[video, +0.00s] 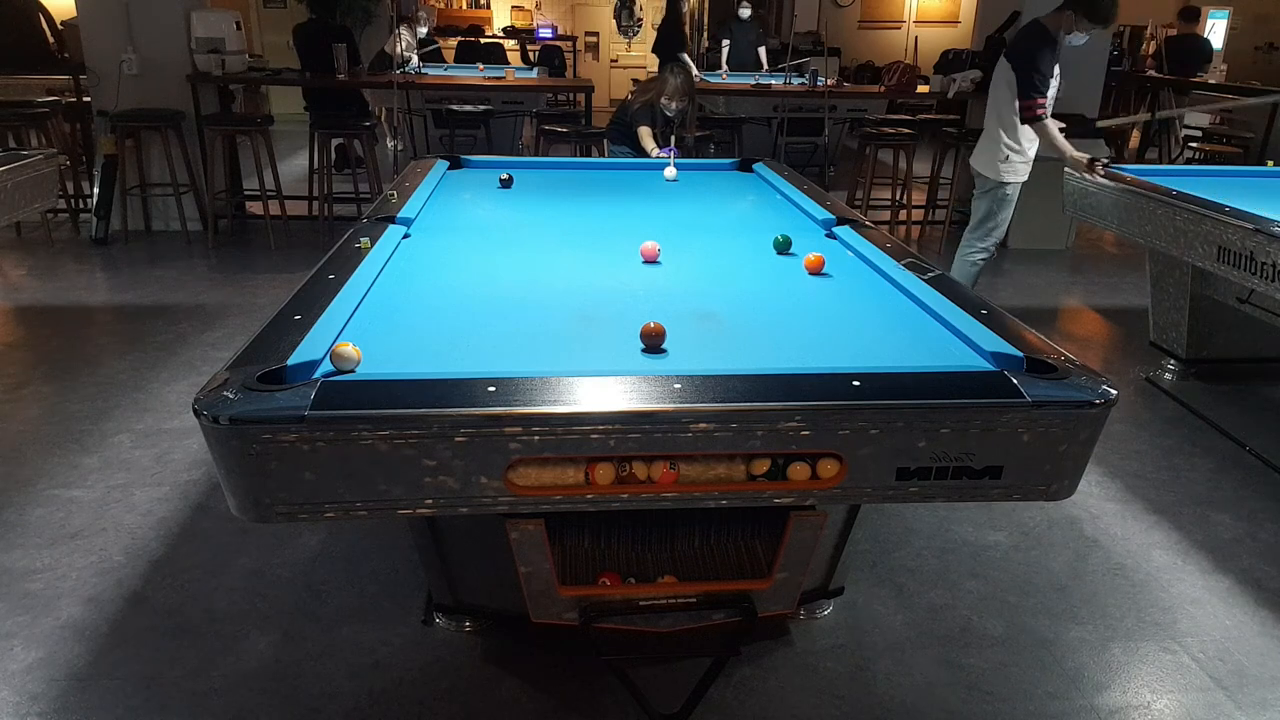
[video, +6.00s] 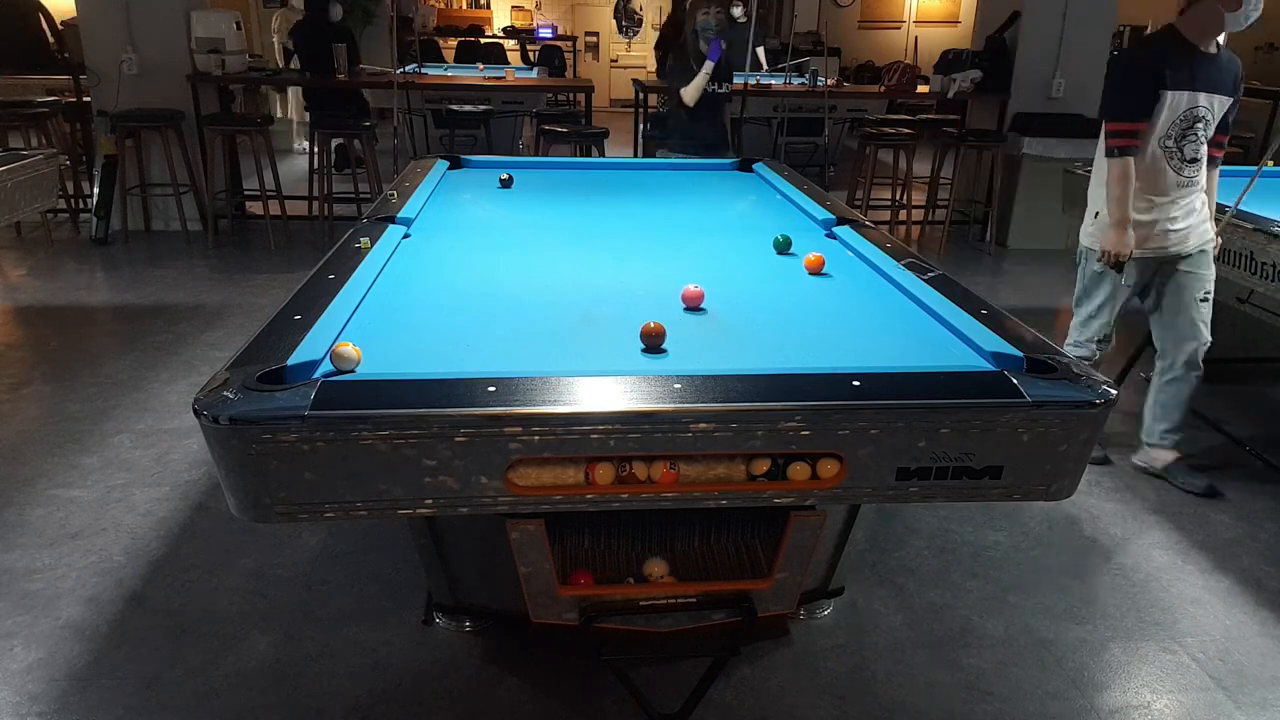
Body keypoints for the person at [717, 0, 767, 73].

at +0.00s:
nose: (744, 11)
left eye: (747, 9)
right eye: (741, 8)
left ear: (751, 11)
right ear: (737, 10)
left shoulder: (756, 26)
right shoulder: (730, 24)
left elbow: (761, 47)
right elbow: (725, 44)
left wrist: (765, 65)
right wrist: (723, 63)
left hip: (751, 67)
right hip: (734, 68)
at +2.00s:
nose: (740, 9)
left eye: (743, 6)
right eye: (738, 6)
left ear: (749, 10)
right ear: (735, 9)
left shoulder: (756, 25)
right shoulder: (729, 24)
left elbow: (761, 46)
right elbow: (725, 43)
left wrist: (765, 65)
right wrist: (723, 64)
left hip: (751, 67)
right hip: (733, 68)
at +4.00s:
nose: (741, 11)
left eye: (744, 8)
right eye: (739, 8)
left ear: (750, 12)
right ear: (736, 10)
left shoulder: (757, 25)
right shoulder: (732, 26)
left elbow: (762, 45)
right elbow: (738, 45)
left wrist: (765, 65)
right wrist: (751, 63)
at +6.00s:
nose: (734, 10)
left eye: (737, 6)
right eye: (732, 7)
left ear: (744, 9)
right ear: (730, 9)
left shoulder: (753, 25)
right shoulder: (728, 25)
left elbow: (759, 46)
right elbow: (723, 44)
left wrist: (764, 66)